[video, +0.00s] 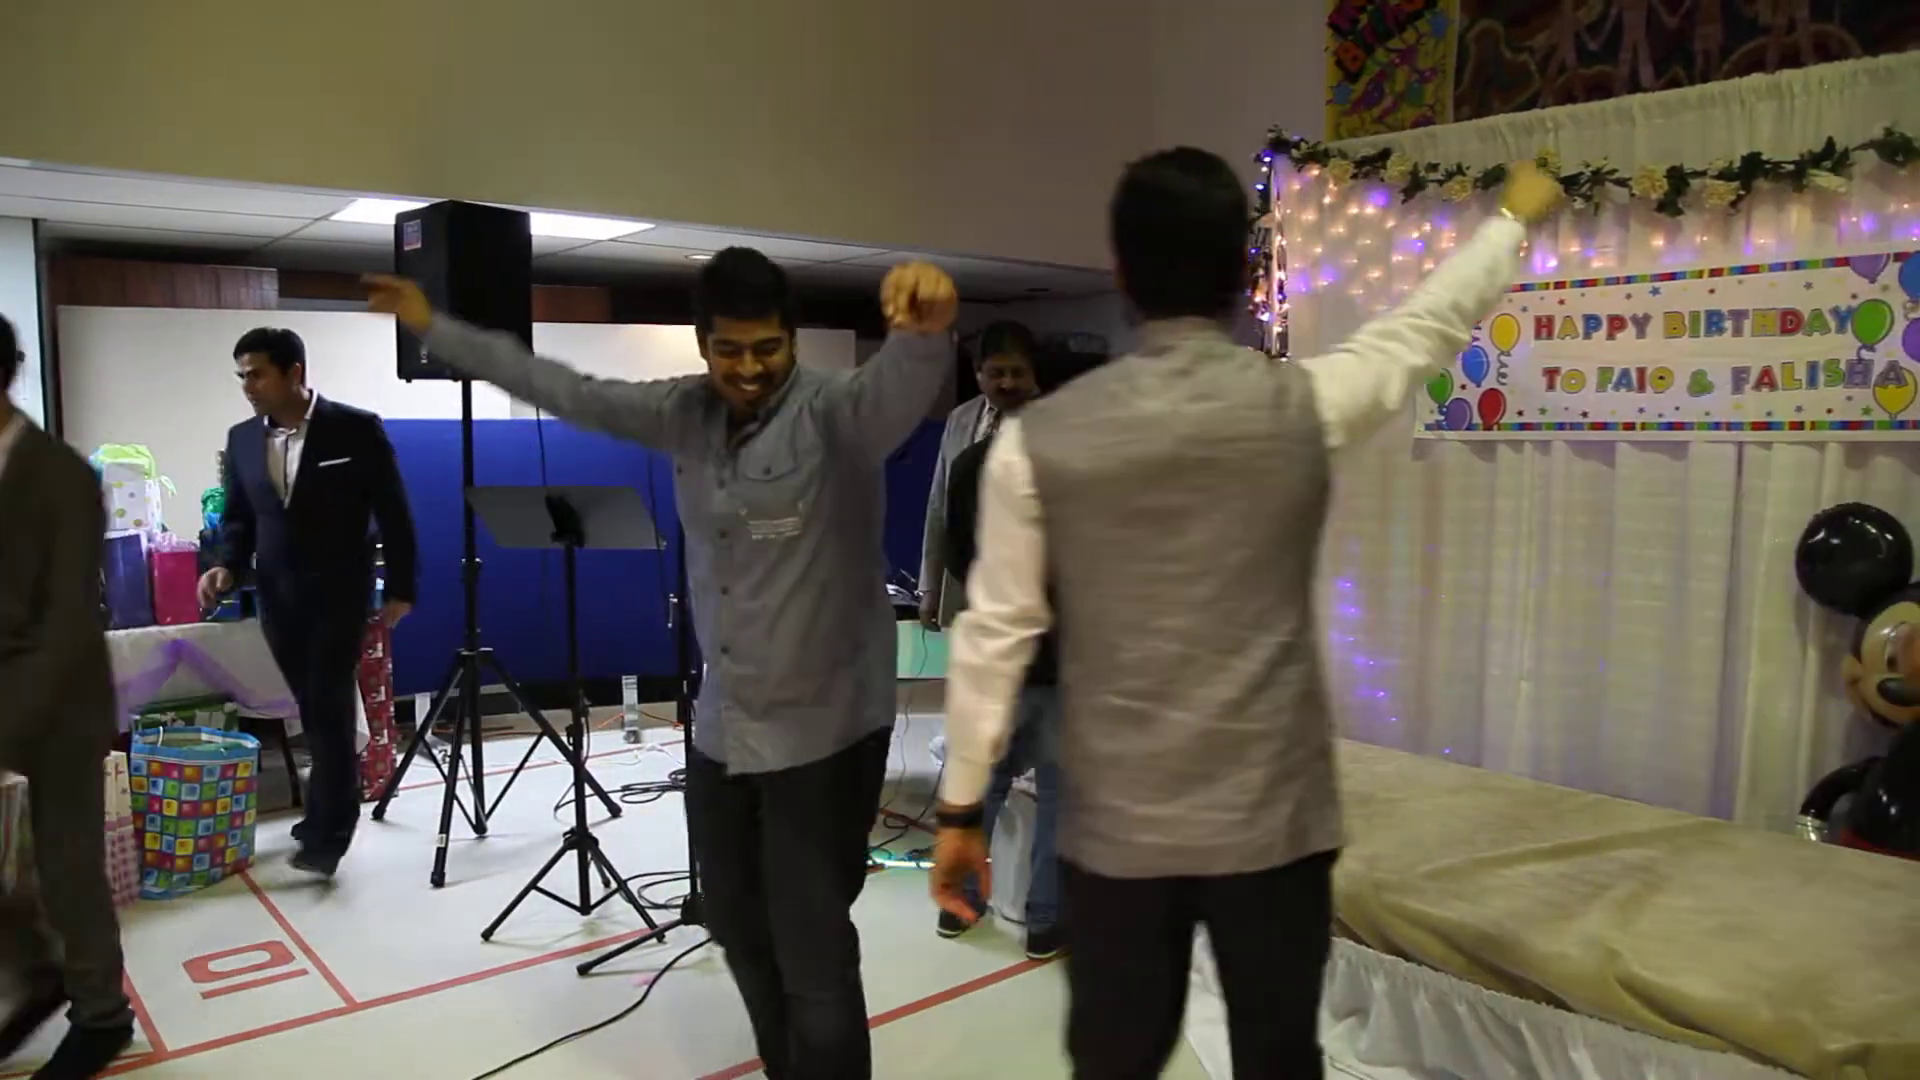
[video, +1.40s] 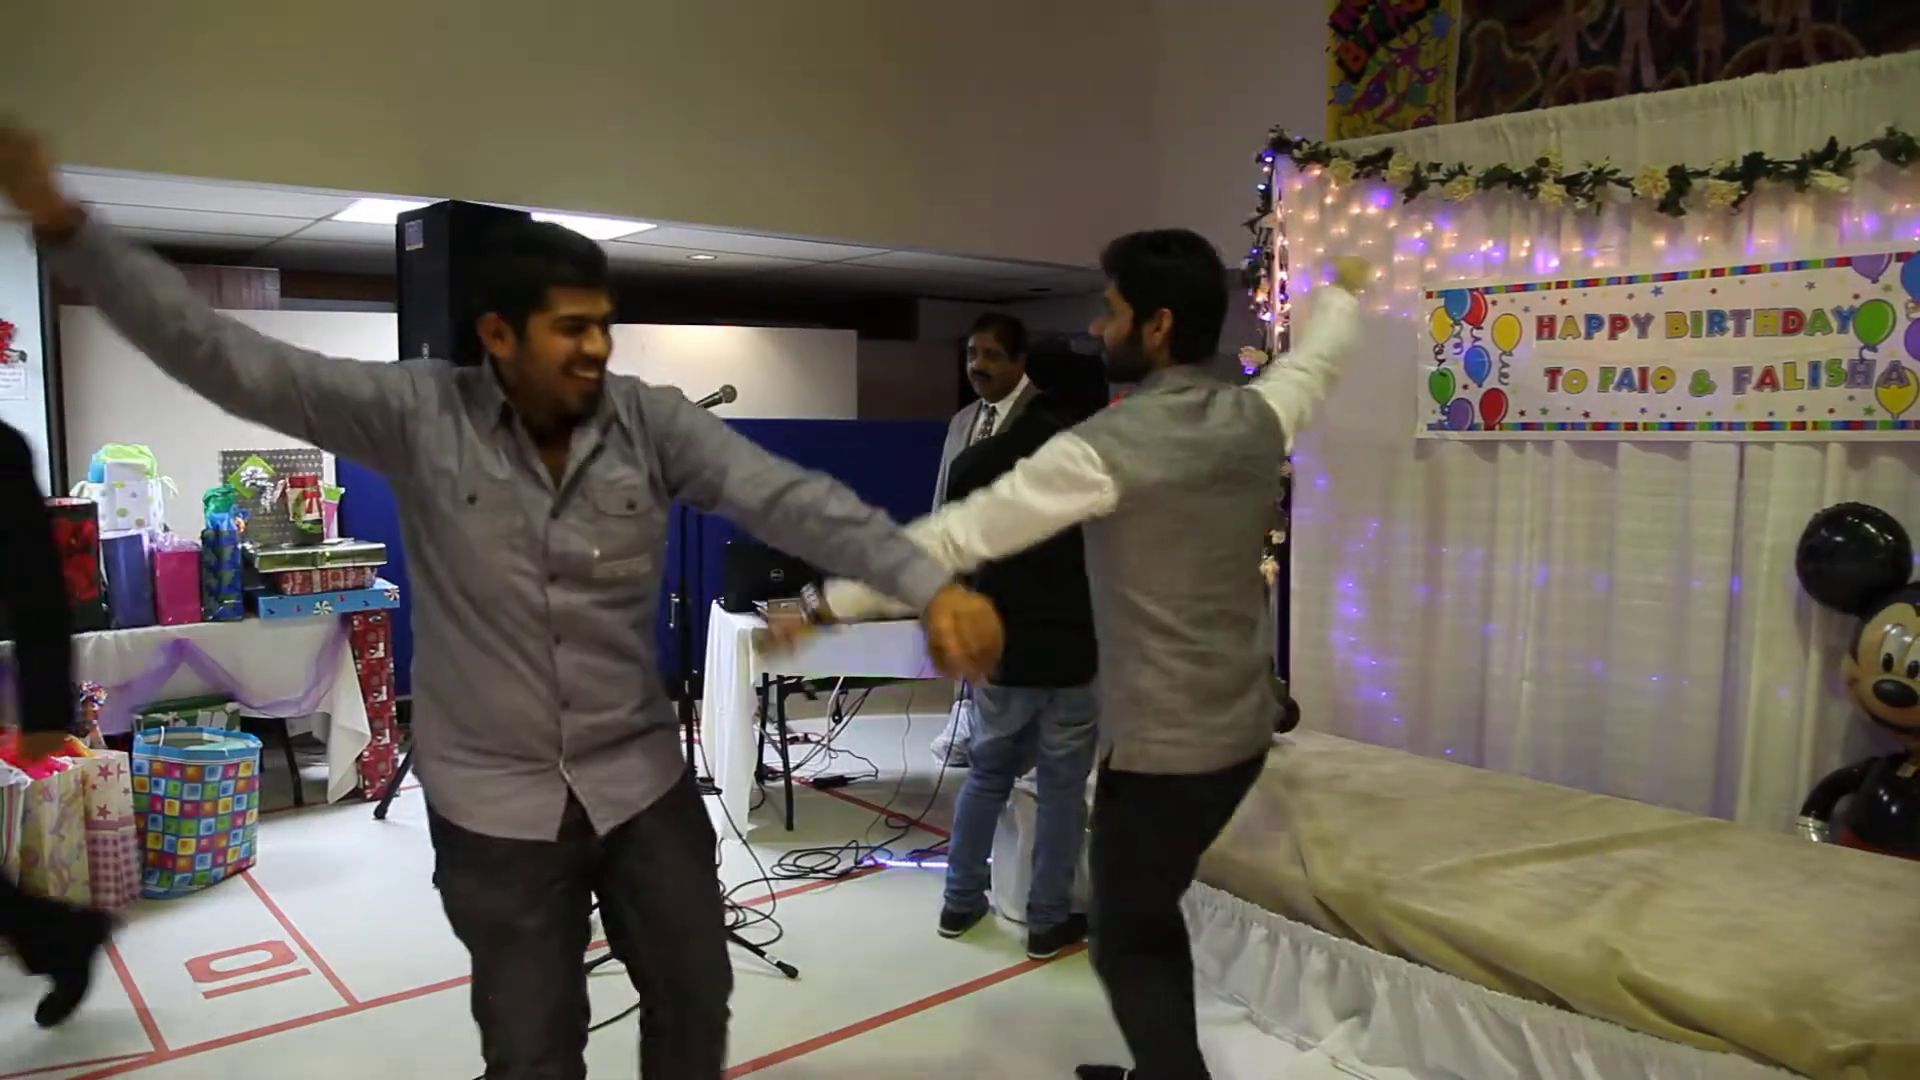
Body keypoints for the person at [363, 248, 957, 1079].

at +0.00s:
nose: (749, 368)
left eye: (767, 348)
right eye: (729, 350)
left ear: (793, 336)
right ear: (701, 343)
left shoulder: (841, 410)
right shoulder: (684, 416)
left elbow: (902, 384)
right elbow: (565, 389)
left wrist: (926, 322)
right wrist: (432, 323)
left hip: (827, 726)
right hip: (723, 724)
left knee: (810, 932)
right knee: (738, 924)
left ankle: (835, 1073)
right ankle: (790, 1070)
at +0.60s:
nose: (720, 396)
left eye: (741, 379)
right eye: (701, 375)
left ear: (764, 365)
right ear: (663, 353)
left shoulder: (789, 442)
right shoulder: (622, 386)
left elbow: (875, 437)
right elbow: (526, 283)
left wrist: (954, 431)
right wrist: (426, 180)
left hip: (732, 768)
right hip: (607, 758)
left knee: (741, 965)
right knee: (587, 986)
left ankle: (813, 1073)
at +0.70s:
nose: (698, 404)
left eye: (717, 385)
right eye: (678, 382)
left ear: (738, 373)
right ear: (635, 357)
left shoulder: (755, 460)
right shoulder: (587, 388)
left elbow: (835, 515)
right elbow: (469, 298)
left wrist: (911, 549)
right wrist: (338, 186)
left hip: (696, 785)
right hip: (568, 775)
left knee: (704, 991)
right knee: (553, 1015)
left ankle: (789, 1076)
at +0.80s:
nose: (681, 412)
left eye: (701, 393)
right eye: (661, 387)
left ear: (718, 385)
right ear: (612, 364)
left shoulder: (733, 483)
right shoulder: (545, 408)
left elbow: (798, 594)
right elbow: (396, 336)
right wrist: (241, 229)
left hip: (666, 780)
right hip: (527, 776)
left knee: (674, 1006)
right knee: (528, 1037)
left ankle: (748, 1074)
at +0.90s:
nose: (669, 410)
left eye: (689, 389)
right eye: (651, 384)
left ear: (706, 380)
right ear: (600, 361)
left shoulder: (719, 487)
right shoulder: (516, 417)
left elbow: (773, 661)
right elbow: (348, 411)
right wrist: (205, 313)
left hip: (654, 772)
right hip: (514, 773)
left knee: (667, 1003)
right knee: (522, 1032)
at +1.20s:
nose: (626, 414)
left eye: (638, 393)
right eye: (605, 393)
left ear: (649, 386)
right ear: (537, 381)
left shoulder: (683, 493)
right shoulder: (450, 457)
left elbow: (780, 609)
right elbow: (271, 435)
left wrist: (837, 690)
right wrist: (197, 283)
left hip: (646, 813)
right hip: (492, 825)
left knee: (702, 1045)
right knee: (509, 1063)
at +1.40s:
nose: (596, 351)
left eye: (603, 329)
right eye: (572, 330)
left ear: (607, 332)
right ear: (496, 334)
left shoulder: (644, 420)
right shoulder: (415, 415)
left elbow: (786, 499)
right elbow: (227, 357)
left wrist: (934, 583)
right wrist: (69, 231)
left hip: (642, 778)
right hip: (492, 797)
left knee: (696, 998)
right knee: (533, 1053)